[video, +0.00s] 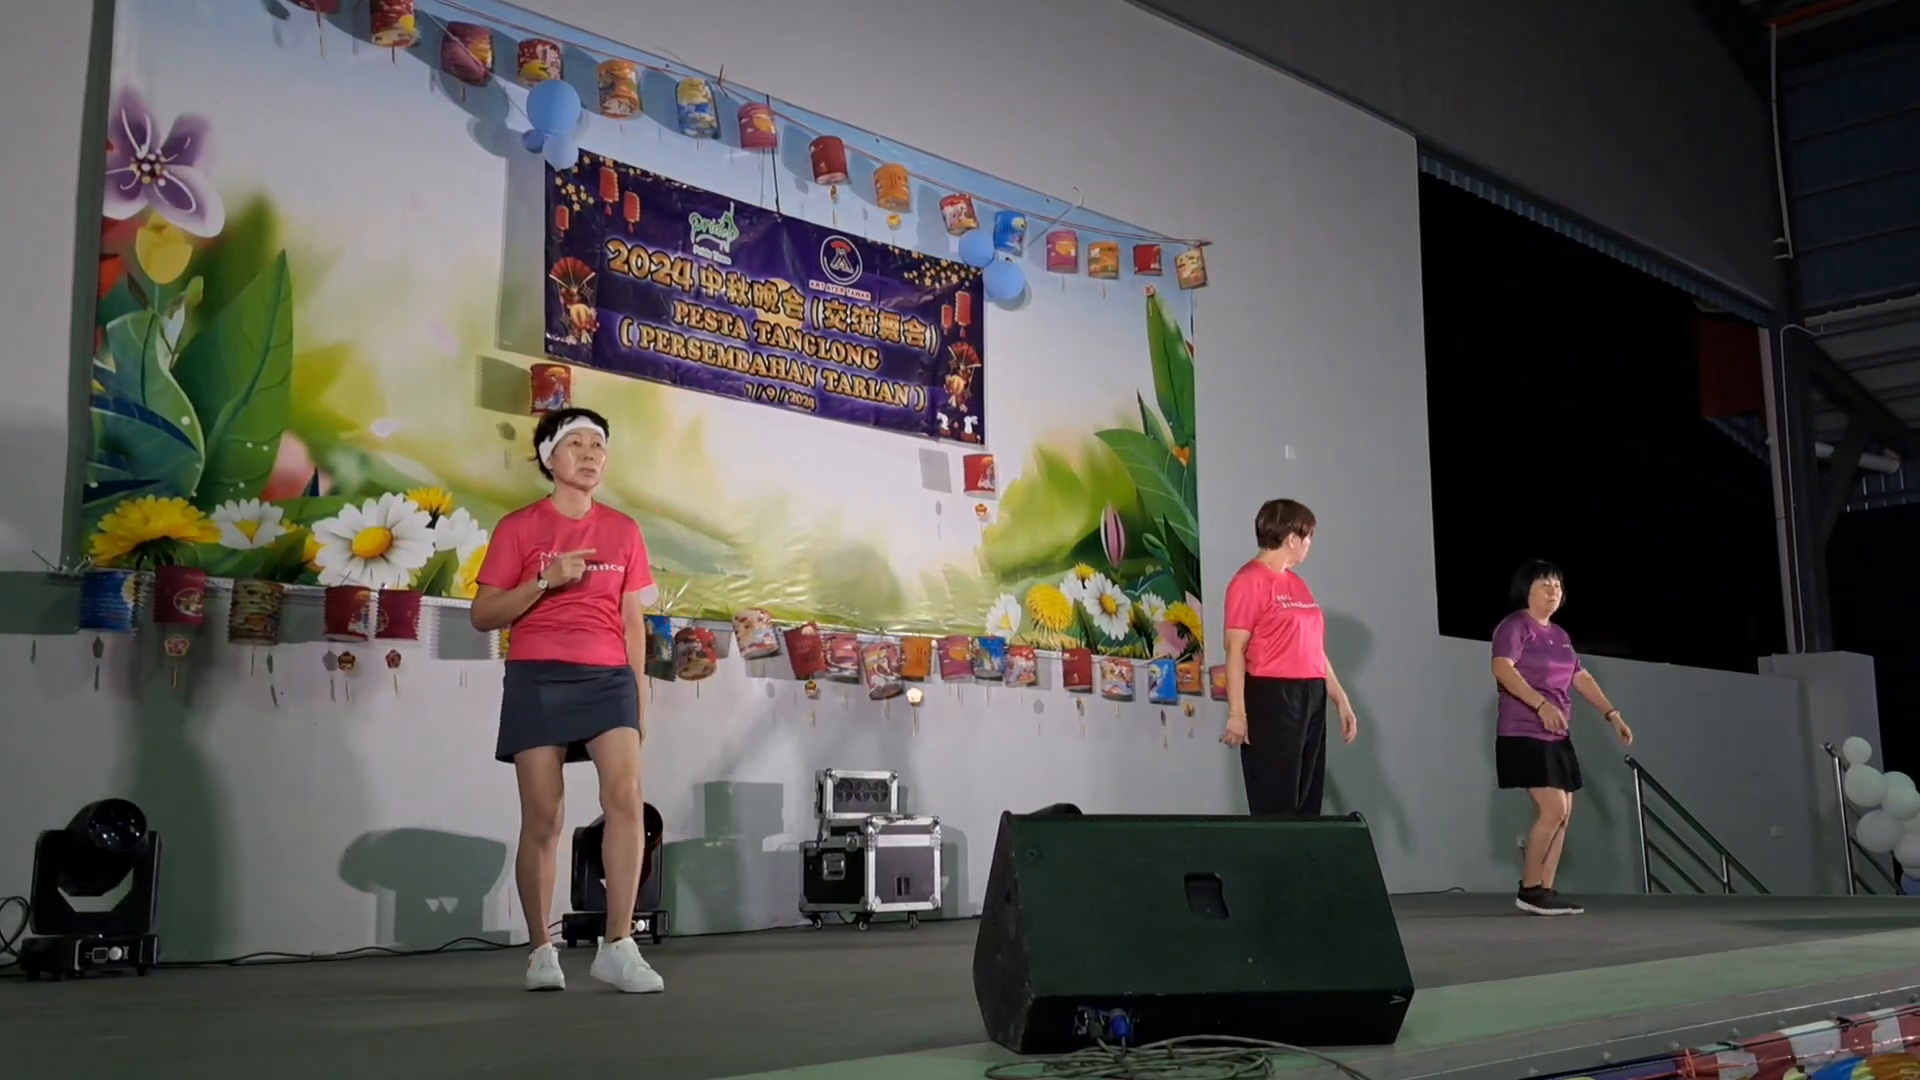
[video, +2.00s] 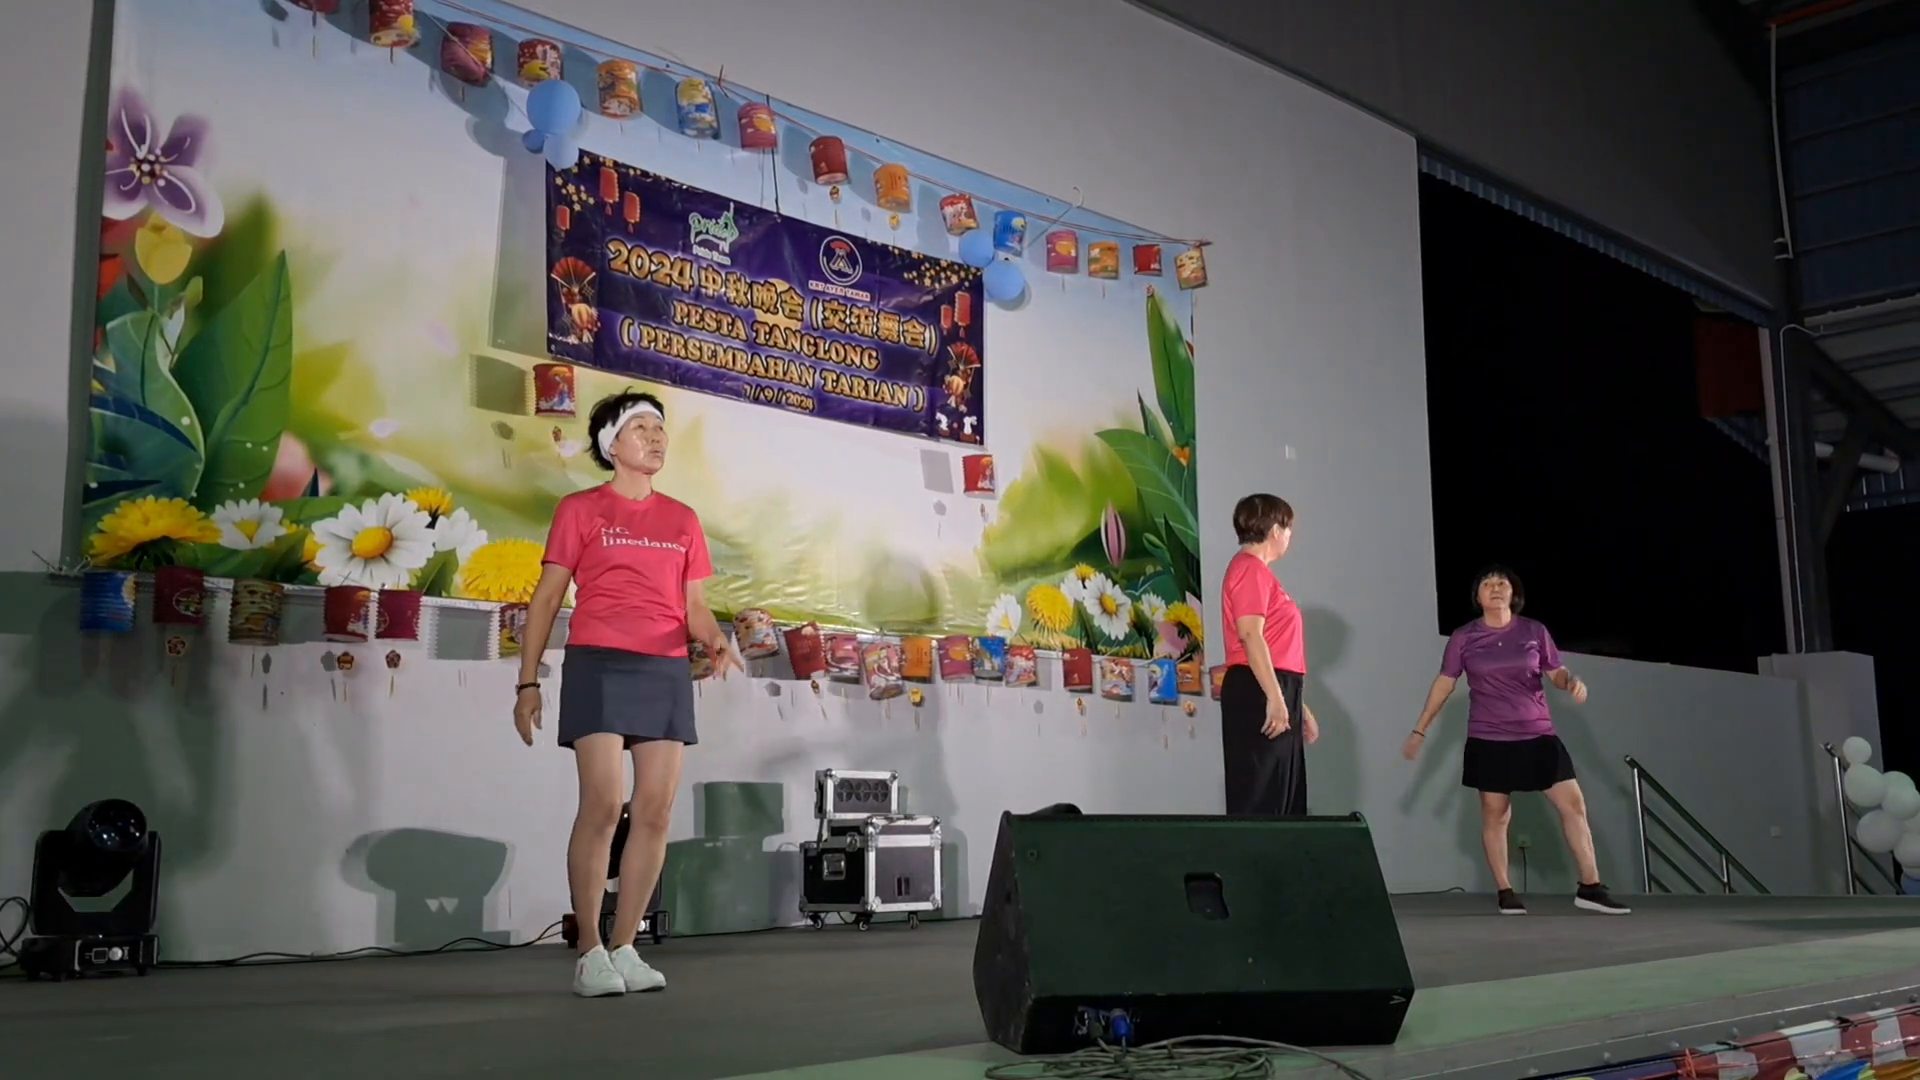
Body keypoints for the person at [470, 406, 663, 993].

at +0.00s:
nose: (589, 453)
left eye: (597, 446)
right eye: (576, 444)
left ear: (606, 461)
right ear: (549, 456)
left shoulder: (623, 530)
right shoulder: (518, 527)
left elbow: (634, 623)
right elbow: (484, 615)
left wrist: (637, 699)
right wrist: (545, 580)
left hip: (610, 680)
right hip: (536, 680)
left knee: (625, 796)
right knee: (543, 818)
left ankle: (618, 943)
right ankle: (543, 947)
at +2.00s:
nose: (654, 437)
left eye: (659, 430)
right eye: (641, 428)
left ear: (665, 447)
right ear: (611, 442)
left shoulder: (682, 519)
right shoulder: (580, 510)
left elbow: (696, 606)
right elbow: (547, 598)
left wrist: (718, 643)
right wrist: (528, 679)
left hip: (666, 673)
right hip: (597, 668)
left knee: (655, 810)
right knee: (604, 804)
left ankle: (625, 947)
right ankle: (590, 951)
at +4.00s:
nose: (588, 439)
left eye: (591, 432)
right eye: (575, 430)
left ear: (594, 446)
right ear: (541, 442)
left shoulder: (611, 516)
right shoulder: (514, 512)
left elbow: (630, 613)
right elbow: (487, 608)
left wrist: (643, 690)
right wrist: (472, 695)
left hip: (613, 677)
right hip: (540, 677)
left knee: (619, 812)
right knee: (543, 814)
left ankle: (610, 952)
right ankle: (542, 950)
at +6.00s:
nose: (585, 438)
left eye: (590, 430)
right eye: (570, 430)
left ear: (598, 446)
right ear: (541, 447)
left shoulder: (617, 520)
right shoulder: (514, 516)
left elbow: (617, 604)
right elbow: (485, 609)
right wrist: (451, 688)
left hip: (603, 679)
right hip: (532, 678)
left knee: (629, 806)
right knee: (536, 817)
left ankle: (610, 949)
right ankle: (541, 950)